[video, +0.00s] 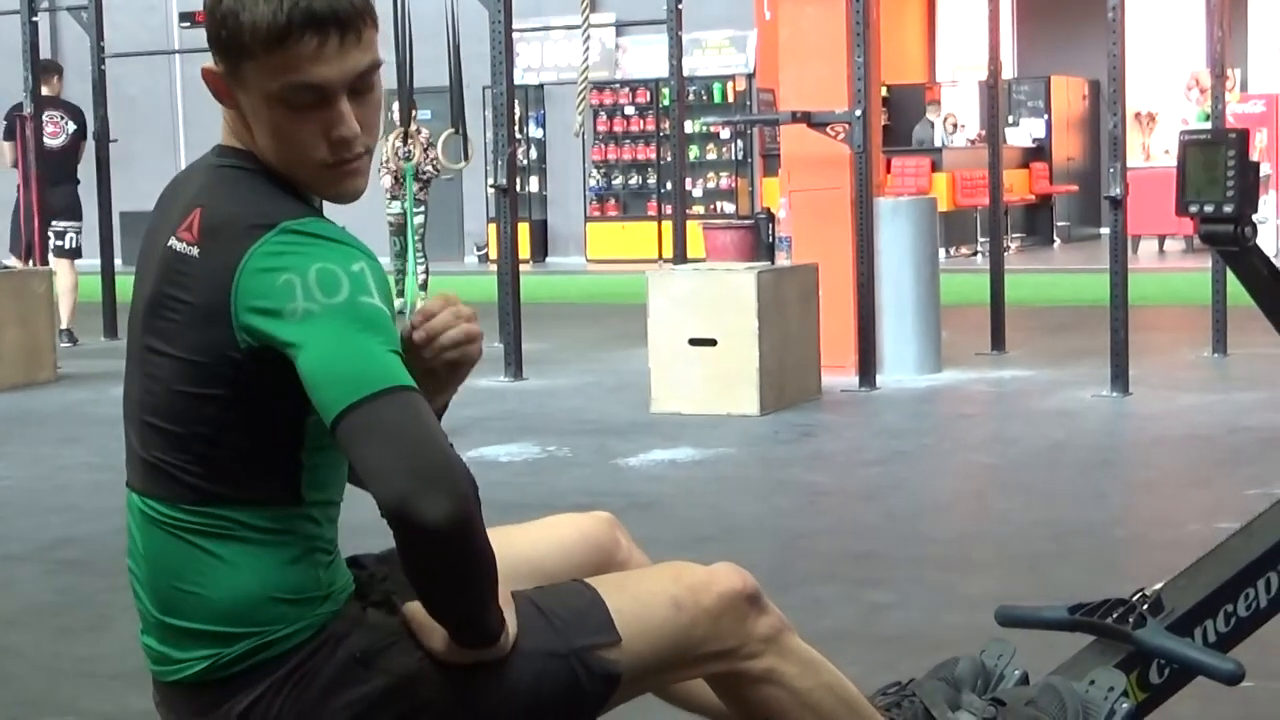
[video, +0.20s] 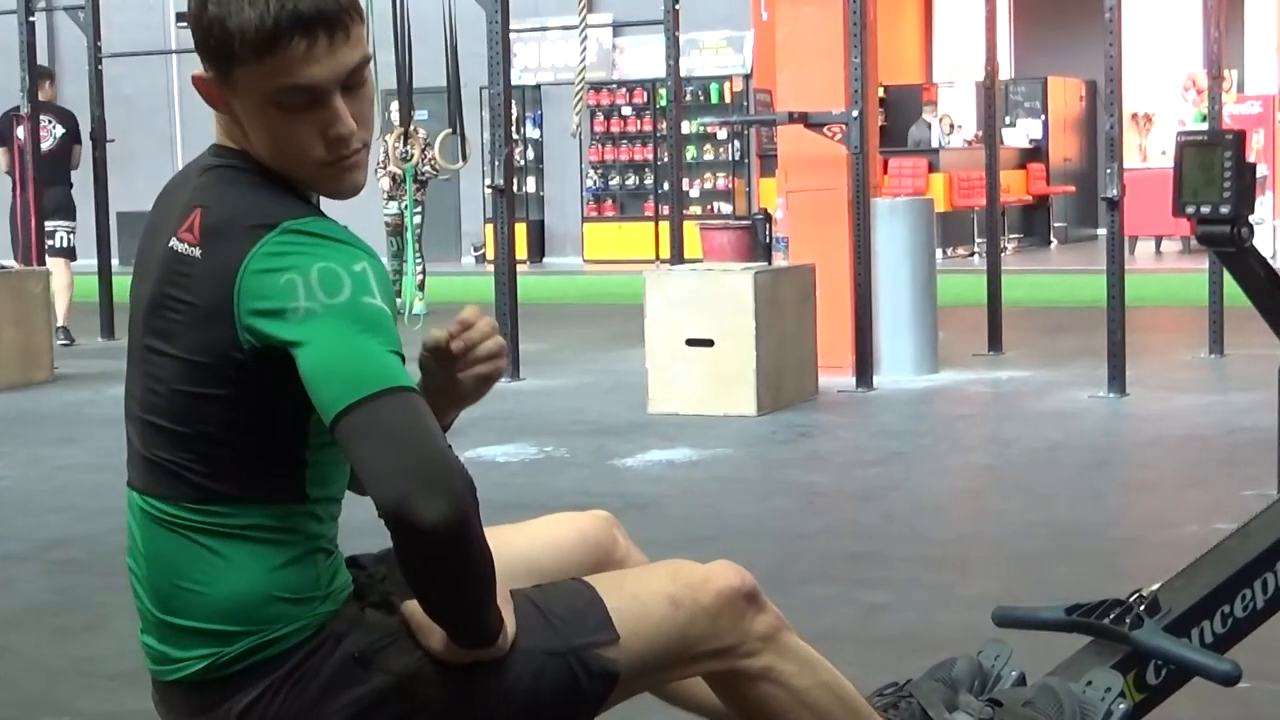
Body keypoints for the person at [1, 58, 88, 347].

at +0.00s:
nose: (61, 84)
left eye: (59, 79)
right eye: (61, 79)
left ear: (33, 80)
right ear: (56, 80)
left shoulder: (16, 112)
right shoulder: (75, 113)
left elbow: (9, 160)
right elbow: (78, 157)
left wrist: (33, 158)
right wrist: (54, 158)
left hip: (29, 196)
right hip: (64, 196)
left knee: (20, 262)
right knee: (65, 263)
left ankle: (21, 331)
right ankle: (66, 328)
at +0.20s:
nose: (54, 89)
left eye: (52, 85)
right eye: (53, 85)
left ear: (28, 86)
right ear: (47, 85)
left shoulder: (9, 117)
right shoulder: (66, 117)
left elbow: (5, 164)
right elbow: (75, 162)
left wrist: (25, 172)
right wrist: (50, 164)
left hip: (23, 197)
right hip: (57, 196)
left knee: (23, 263)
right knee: (60, 262)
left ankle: (24, 328)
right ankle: (61, 325)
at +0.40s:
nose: (43, 88)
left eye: (40, 82)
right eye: (42, 83)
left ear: (16, 85)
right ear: (38, 84)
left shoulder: (3, 114)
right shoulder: (52, 114)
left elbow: (4, 157)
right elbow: (66, 158)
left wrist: (19, 163)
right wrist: (43, 163)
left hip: (12, 197)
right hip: (46, 196)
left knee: (17, 261)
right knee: (57, 257)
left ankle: (19, 322)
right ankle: (56, 308)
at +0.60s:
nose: (38, 89)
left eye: (35, 84)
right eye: (37, 84)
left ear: (11, 86)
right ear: (34, 86)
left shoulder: (1, 113)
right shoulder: (44, 116)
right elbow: (61, 160)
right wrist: (50, 175)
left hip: (6, 195)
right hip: (39, 194)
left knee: (13, 261)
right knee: (62, 253)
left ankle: (16, 322)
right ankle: (52, 309)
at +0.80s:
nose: (42, 94)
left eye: (41, 89)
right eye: (42, 90)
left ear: (16, 88)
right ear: (37, 90)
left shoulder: (2, 116)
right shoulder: (46, 119)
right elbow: (64, 164)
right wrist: (58, 172)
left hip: (8, 201)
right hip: (41, 198)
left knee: (15, 265)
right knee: (58, 259)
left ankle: (15, 327)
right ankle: (68, 320)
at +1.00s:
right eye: (51, 95)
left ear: (27, 93)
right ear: (52, 96)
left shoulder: (11, 123)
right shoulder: (61, 128)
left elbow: (6, 162)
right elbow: (73, 170)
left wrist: (22, 160)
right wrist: (52, 163)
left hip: (18, 203)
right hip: (51, 203)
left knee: (19, 265)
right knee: (63, 263)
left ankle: (14, 324)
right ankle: (70, 322)